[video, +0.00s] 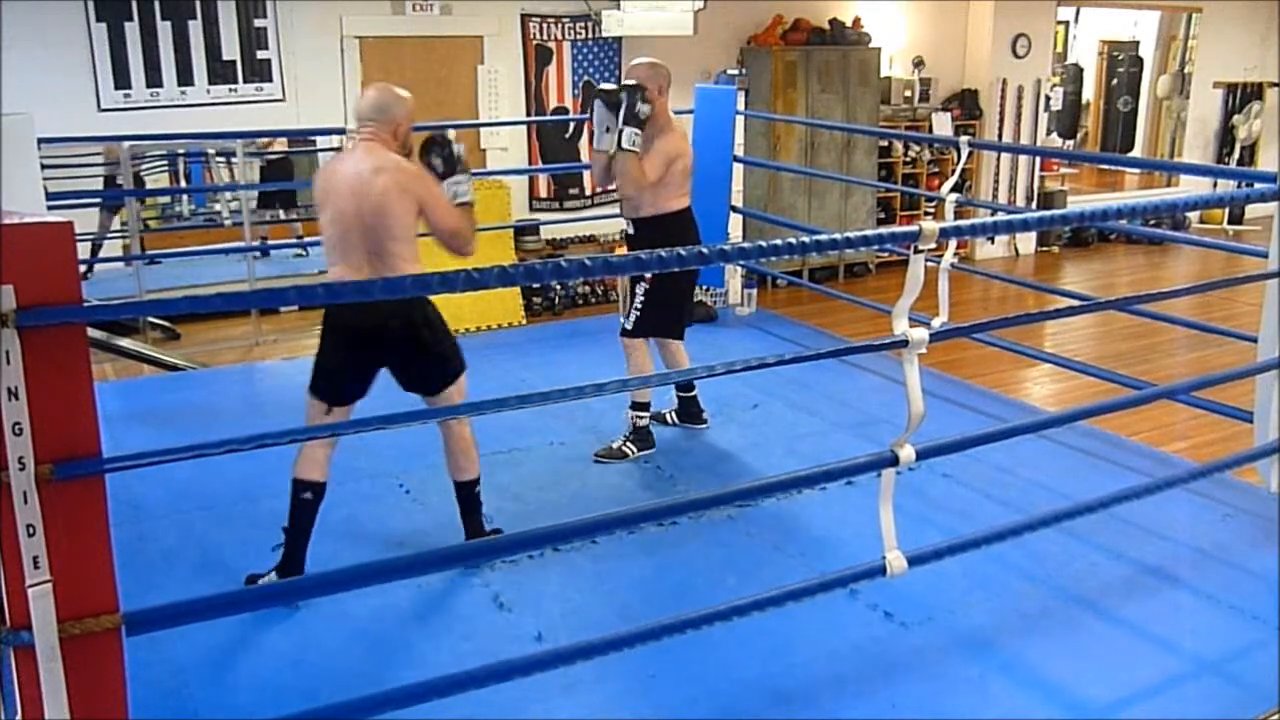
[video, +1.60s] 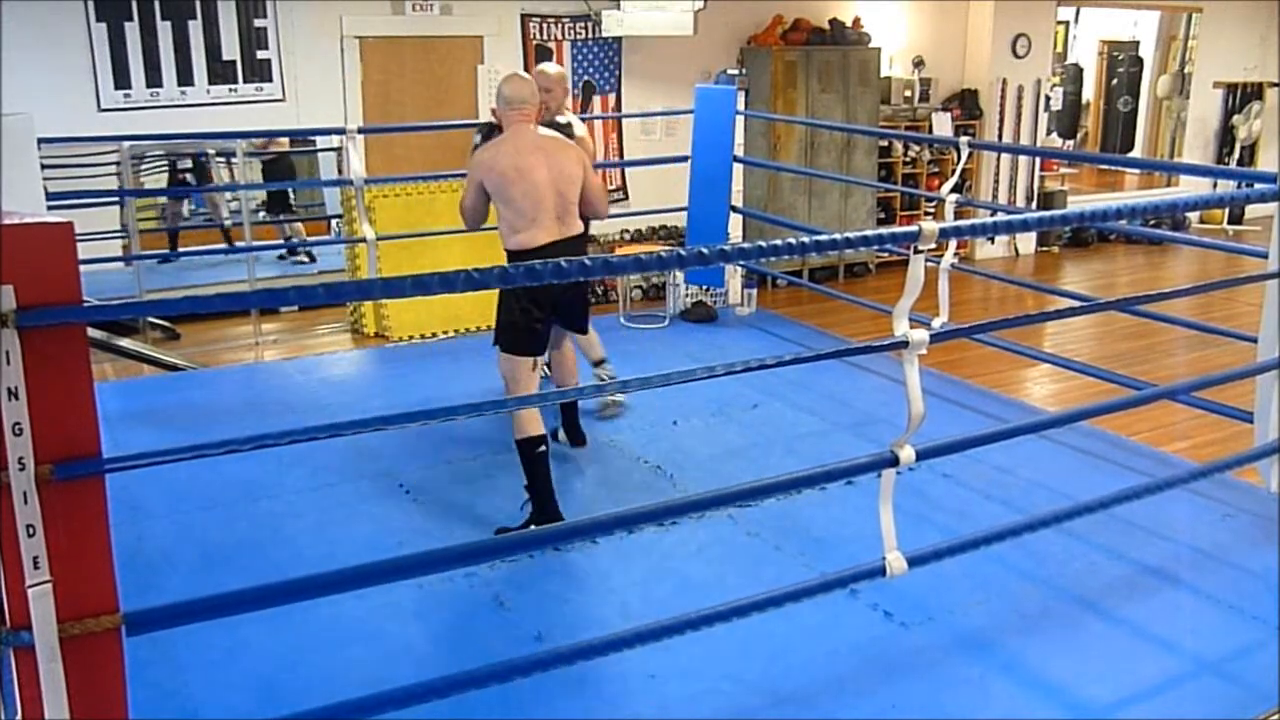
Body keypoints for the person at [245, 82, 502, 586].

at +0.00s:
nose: (411, 133)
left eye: (411, 127)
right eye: (410, 127)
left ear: (359, 124)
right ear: (397, 128)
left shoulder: (326, 174)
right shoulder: (407, 174)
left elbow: (368, 220)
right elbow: (462, 241)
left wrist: (418, 176)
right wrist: (455, 181)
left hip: (345, 318)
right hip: (406, 314)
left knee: (320, 432)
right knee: (453, 418)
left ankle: (292, 560)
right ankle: (476, 529)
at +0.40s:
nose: (439, 128)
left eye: (438, 121)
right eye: (437, 120)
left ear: (386, 120)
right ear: (422, 121)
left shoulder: (353, 169)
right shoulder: (434, 169)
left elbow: (370, 225)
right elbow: (484, 240)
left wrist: (436, 191)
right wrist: (480, 195)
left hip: (377, 307)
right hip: (439, 301)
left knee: (364, 420)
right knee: (495, 382)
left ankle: (346, 548)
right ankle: (504, 503)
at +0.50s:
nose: (455, 125)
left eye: (453, 119)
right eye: (453, 119)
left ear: (402, 119)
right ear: (442, 121)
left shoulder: (371, 171)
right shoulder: (461, 161)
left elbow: (375, 235)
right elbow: (532, 193)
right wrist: (536, 175)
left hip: (399, 302)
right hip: (462, 295)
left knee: (376, 423)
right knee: (514, 389)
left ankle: (349, 546)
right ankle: (552, 484)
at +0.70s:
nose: (495, 123)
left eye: (488, 117)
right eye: (495, 117)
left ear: (451, 121)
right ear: (492, 119)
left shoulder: (431, 170)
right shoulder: (519, 159)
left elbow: (421, 250)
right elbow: (577, 189)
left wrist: (454, 207)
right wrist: (545, 167)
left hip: (453, 296)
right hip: (514, 291)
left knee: (417, 409)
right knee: (540, 393)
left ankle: (384, 535)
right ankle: (569, 499)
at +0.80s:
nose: (511, 113)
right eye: (512, 107)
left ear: (468, 108)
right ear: (510, 108)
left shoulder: (442, 154)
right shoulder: (534, 153)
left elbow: (433, 230)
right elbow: (570, 215)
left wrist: (467, 196)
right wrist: (528, 194)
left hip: (465, 284)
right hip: (524, 279)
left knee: (442, 403)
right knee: (546, 393)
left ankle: (448, 525)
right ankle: (571, 494)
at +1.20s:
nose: (502, 105)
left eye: (498, 98)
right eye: (542, 97)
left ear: (497, 101)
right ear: (541, 101)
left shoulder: (482, 147)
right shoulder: (569, 144)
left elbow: (466, 221)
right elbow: (588, 209)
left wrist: (498, 190)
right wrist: (550, 185)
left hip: (507, 270)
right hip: (563, 265)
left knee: (479, 389)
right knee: (565, 384)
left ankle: (509, 508)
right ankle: (582, 495)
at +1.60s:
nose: (494, 113)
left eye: (494, 107)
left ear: (498, 110)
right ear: (538, 108)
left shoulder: (485, 157)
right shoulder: (570, 149)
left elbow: (472, 216)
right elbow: (597, 209)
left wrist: (492, 177)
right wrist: (558, 195)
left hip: (526, 271)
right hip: (574, 262)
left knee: (520, 388)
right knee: (562, 341)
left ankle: (544, 507)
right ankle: (572, 426)